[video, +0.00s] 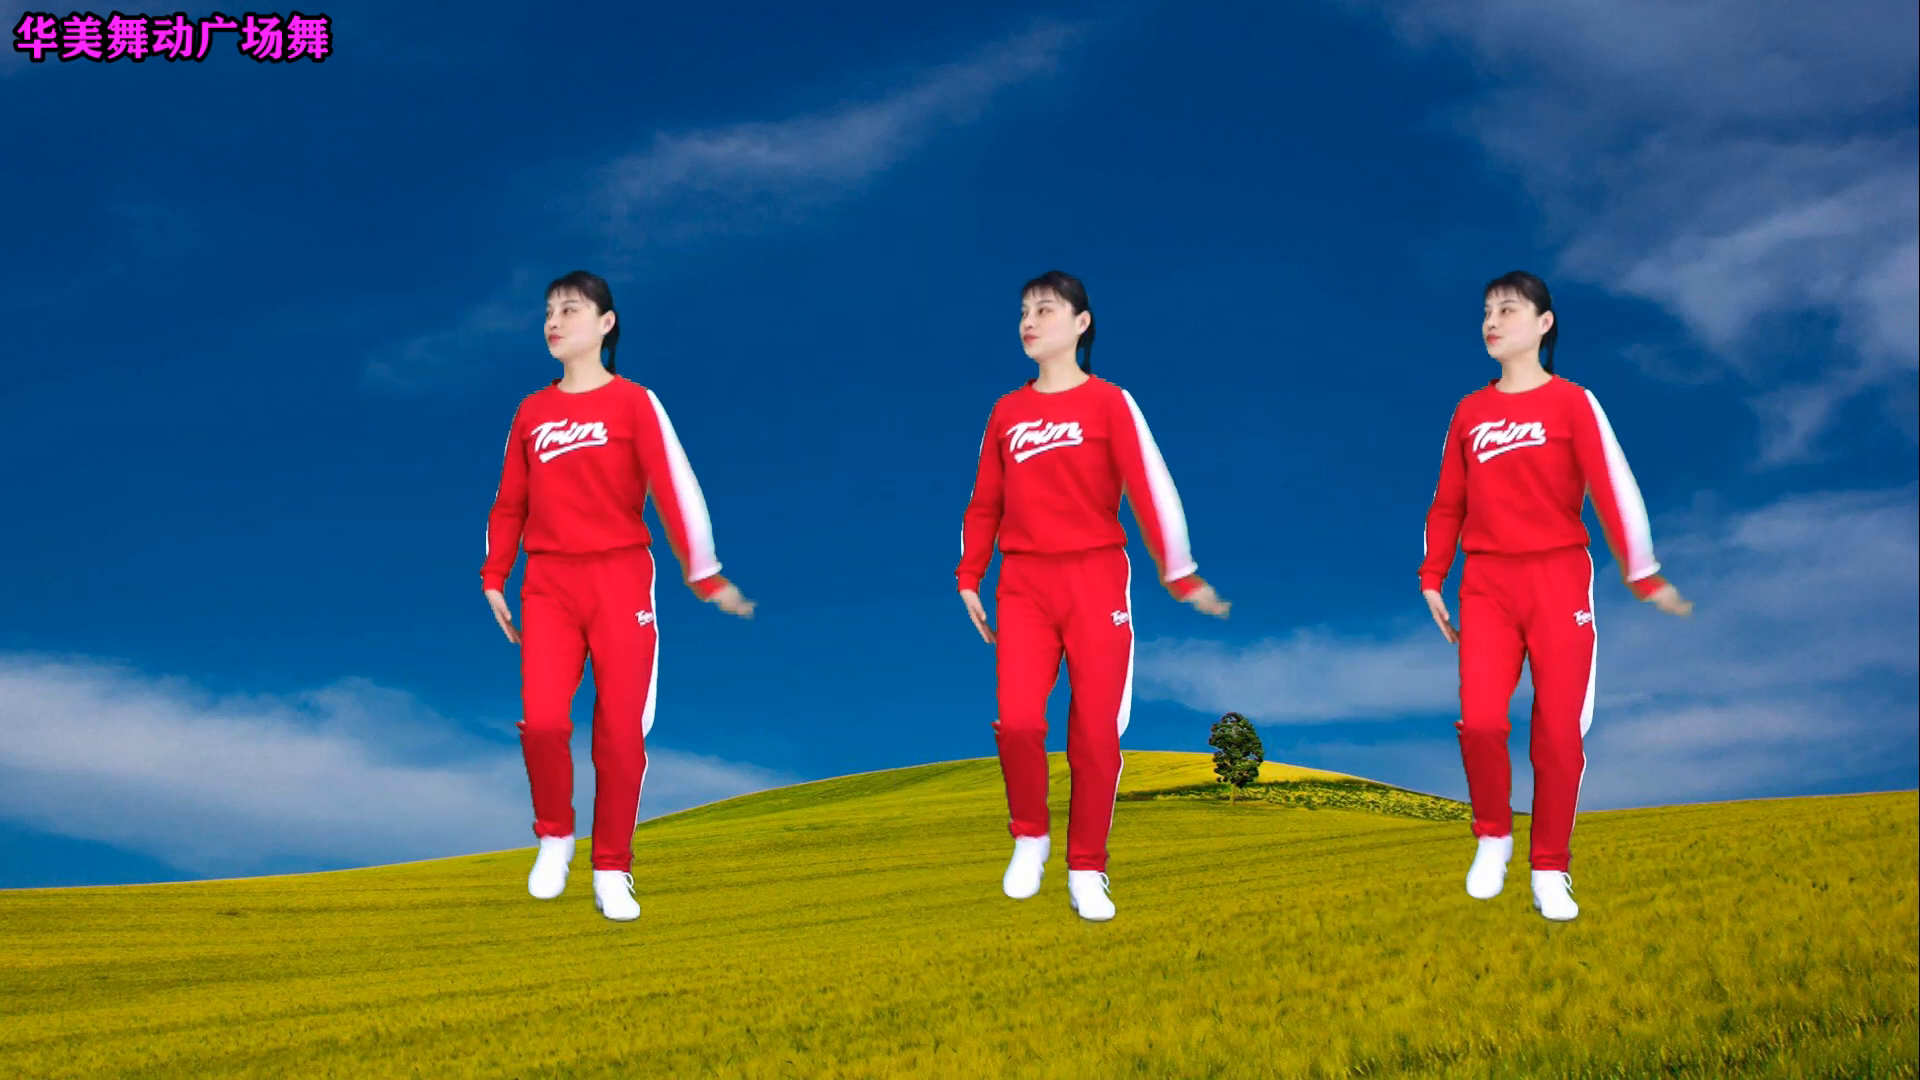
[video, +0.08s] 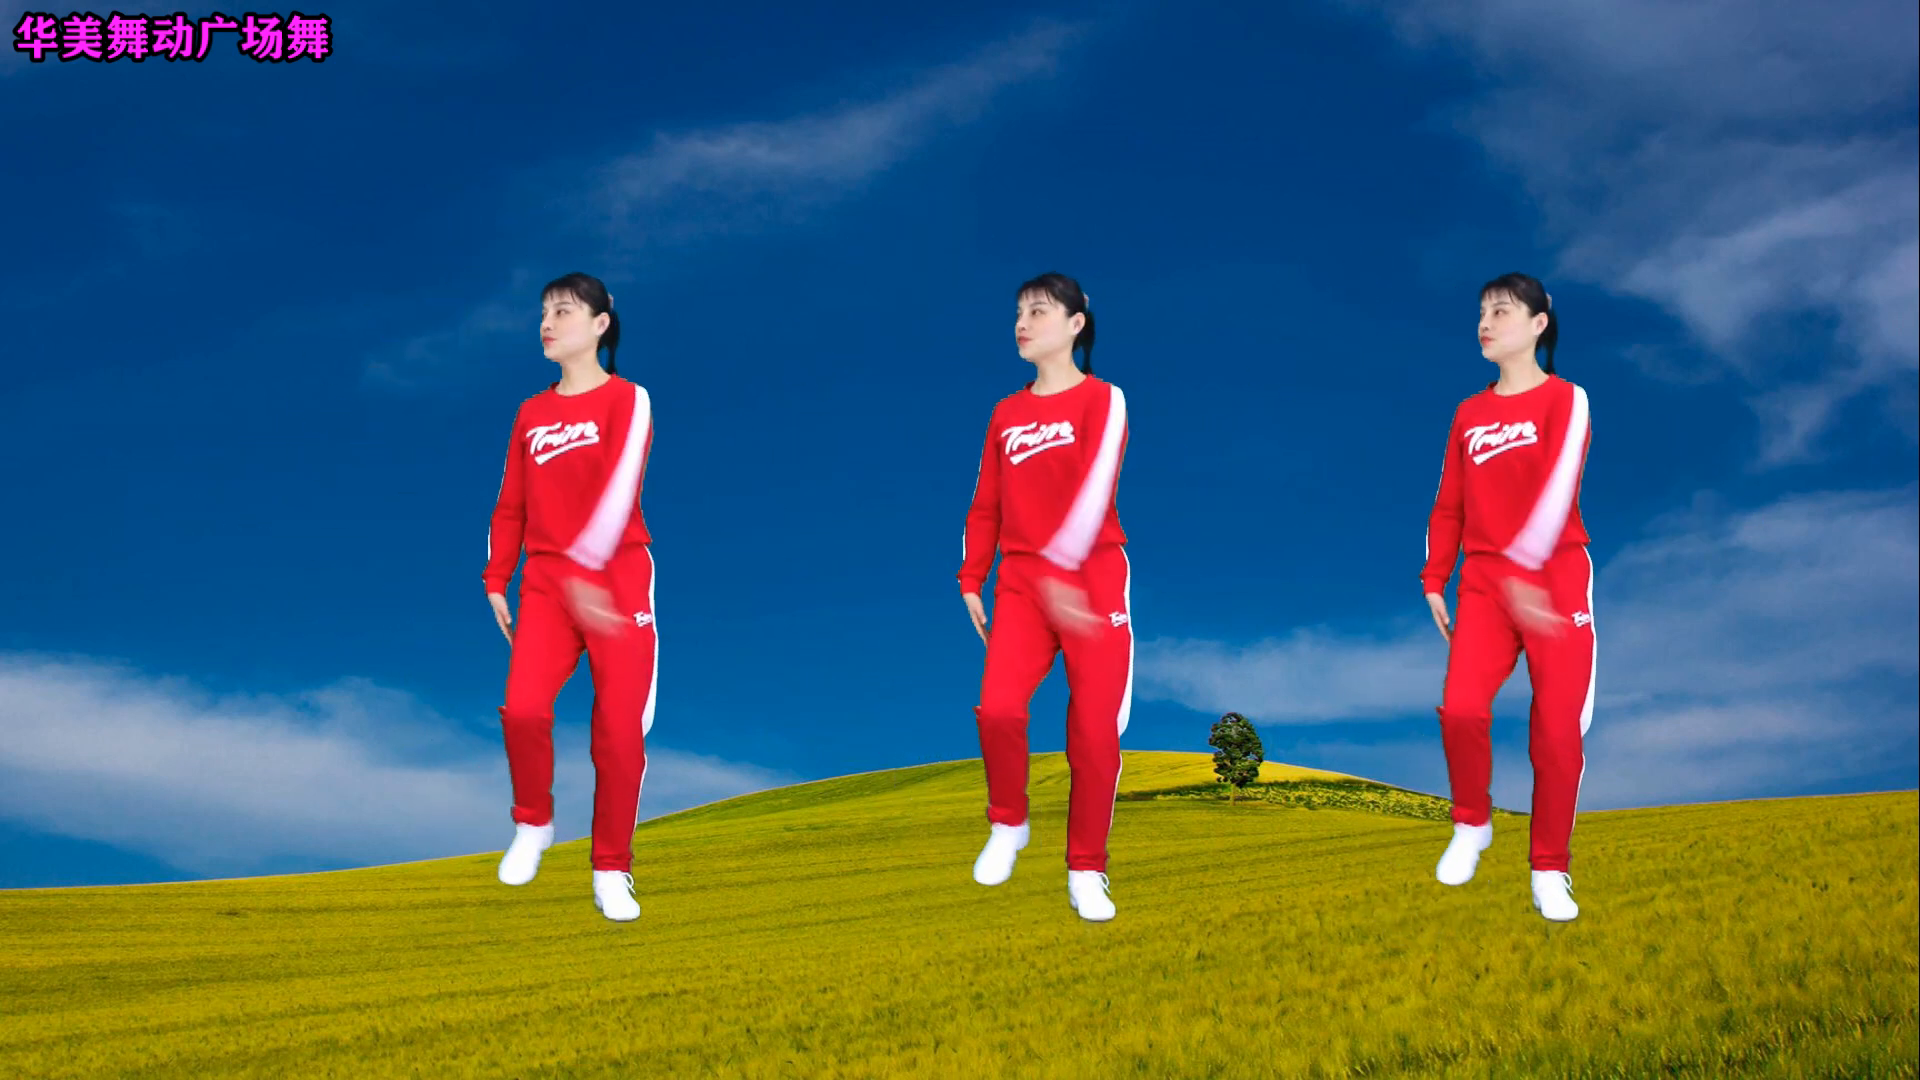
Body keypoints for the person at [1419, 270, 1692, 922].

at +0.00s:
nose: (1492, 321)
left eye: (1508, 310)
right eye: (1488, 313)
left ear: (1543, 324)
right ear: (1485, 331)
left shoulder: (1571, 401)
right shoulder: (1470, 413)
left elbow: (1612, 485)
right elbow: (1448, 502)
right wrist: (1431, 575)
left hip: (1560, 578)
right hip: (1486, 581)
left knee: (1559, 728)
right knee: (1479, 722)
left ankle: (1550, 868)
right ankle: (1493, 834)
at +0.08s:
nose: (1486, 322)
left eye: (1501, 312)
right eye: (1483, 314)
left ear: (1538, 324)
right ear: (1482, 330)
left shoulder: (1565, 399)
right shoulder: (1470, 413)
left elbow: (1560, 489)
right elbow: (1449, 503)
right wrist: (1434, 576)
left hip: (1557, 577)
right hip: (1487, 579)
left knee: (1557, 729)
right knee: (1460, 709)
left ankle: (1550, 867)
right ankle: (1470, 821)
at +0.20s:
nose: (1475, 305)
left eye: (1490, 293)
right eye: (1472, 297)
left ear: (1529, 303)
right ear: (1471, 314)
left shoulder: (1558, 369)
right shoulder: (1456, 393)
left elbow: (1494, 386)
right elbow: (1442, 485)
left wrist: (1407, 407)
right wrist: (1430, 560)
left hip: (1542, 557)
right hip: (1469, 561)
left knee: (1547, 716)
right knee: (1431, 698)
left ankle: (1552, 864)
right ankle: (1422, 829)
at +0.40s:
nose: (1443, 309)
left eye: (1456, 300)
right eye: (1441, 300)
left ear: (1492, 310)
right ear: (1447, 316)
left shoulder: (1522, 378)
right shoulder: (1426, 394)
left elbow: (1500, 300)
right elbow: (1402, 487)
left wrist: (1440, 247)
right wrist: (1389, 567)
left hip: (1503, 559)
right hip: (1431, 564)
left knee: (1528, 719)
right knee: (1395, 724)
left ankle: (1550, 861)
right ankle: (1362, 859)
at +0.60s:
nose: (1412, 313)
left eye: (1427, 304)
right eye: (1407, 305)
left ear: (1461, 317)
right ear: (1400, 320)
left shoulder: (1476, 388)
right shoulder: (1375, 391)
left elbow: (1518, 340)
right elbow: (1344, 479)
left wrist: (1522, 252)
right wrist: (1334, 558)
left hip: (1438, 563)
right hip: (1368, 568)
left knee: (1466, 720)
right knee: (1359, 733)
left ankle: (1523, 850)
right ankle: (1362, 866)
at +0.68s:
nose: (1407, 317)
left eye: (1421, 307)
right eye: (1398, 308)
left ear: (1447, 323)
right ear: (1388, 324)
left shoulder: (1465, 394)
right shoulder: (1360, 398)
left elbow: (1519, 382)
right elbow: (1327, 482)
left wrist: (1552, 311)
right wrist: (1309, 559)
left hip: (1425, 570)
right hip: (1355, 570)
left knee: (1418, 720)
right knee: (1351, 728)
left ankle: (1480, 822)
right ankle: (1360, 863)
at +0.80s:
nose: (1396, 332)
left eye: (1410, 321)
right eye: (1385, 322)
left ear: (1432, 333)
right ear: (1372, 334)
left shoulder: (1455, 408)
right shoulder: (1344, 407)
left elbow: (1517, 437)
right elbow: (1304, 489)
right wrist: (1271, 562)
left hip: (1413, 580)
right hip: (1340, 577)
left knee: (1365, 715)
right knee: (1329, 733)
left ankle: (1418, 796)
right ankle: (1358, 867)